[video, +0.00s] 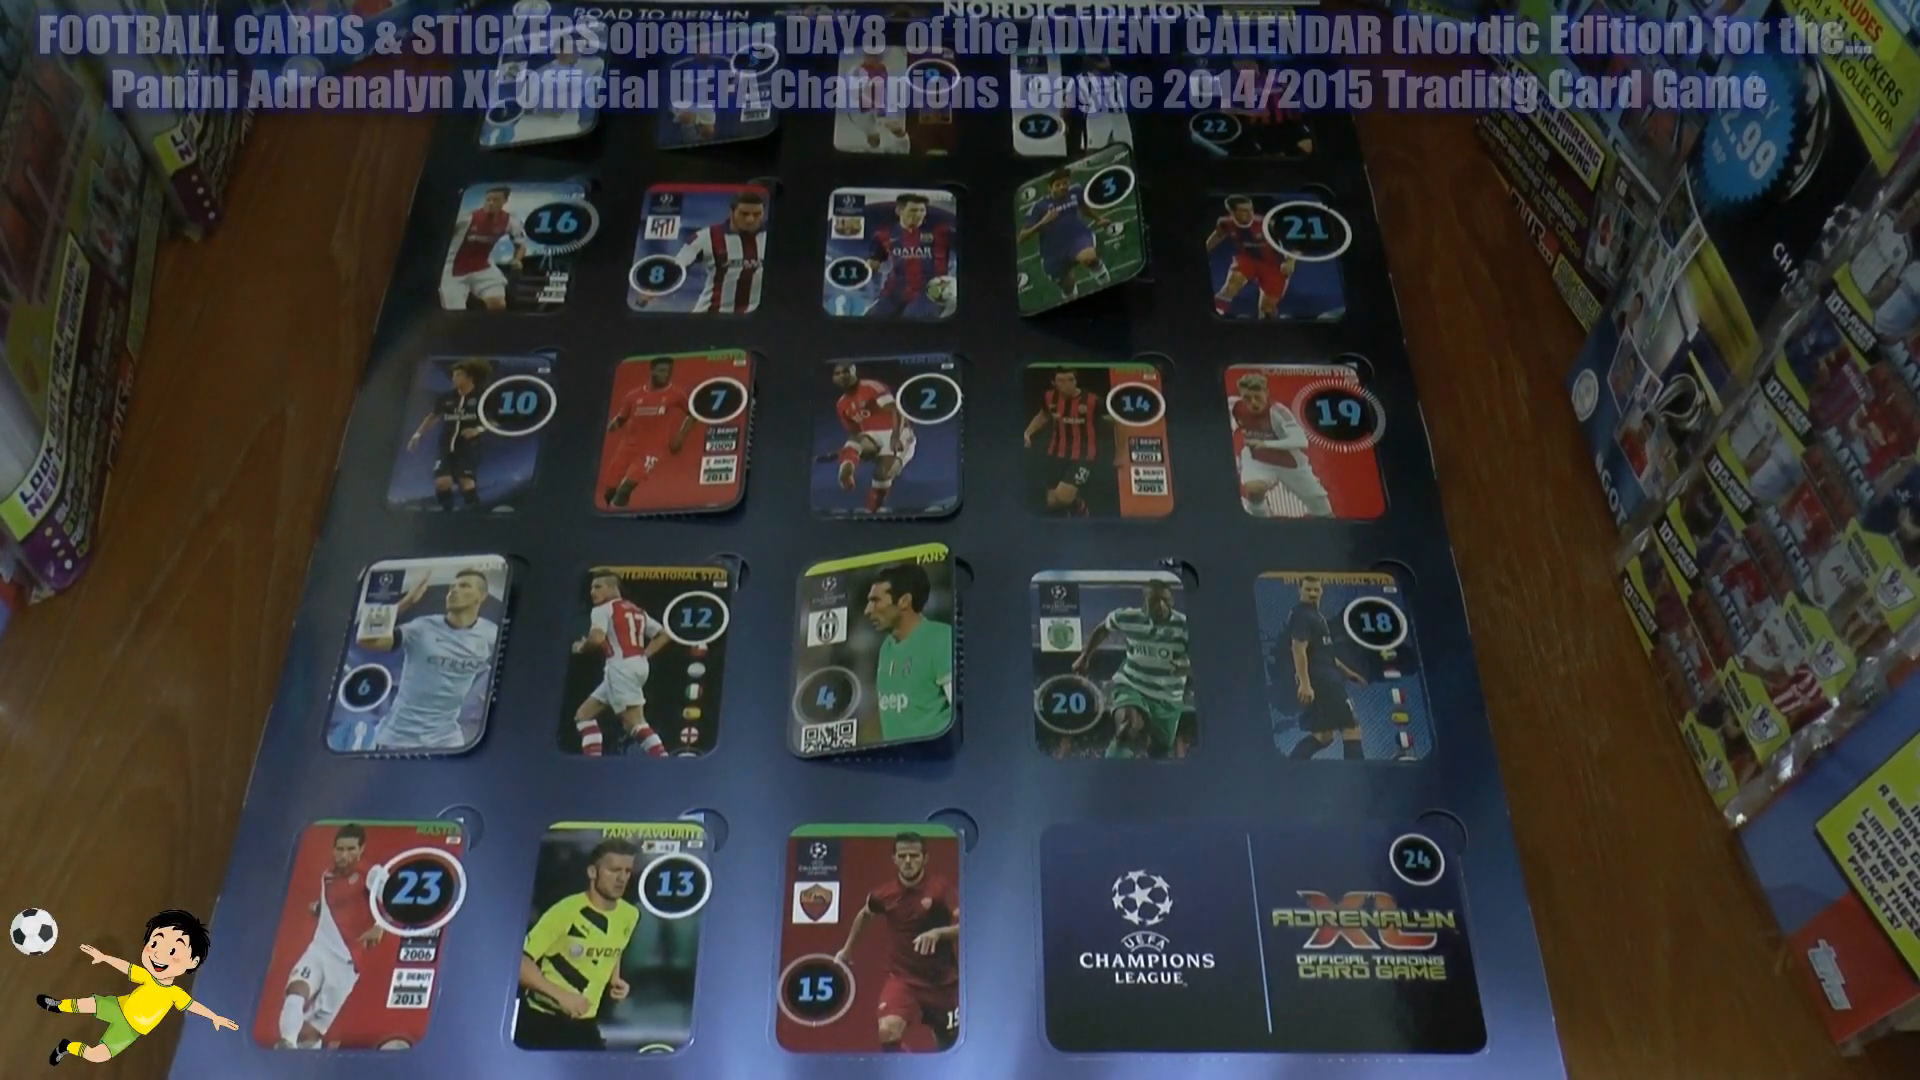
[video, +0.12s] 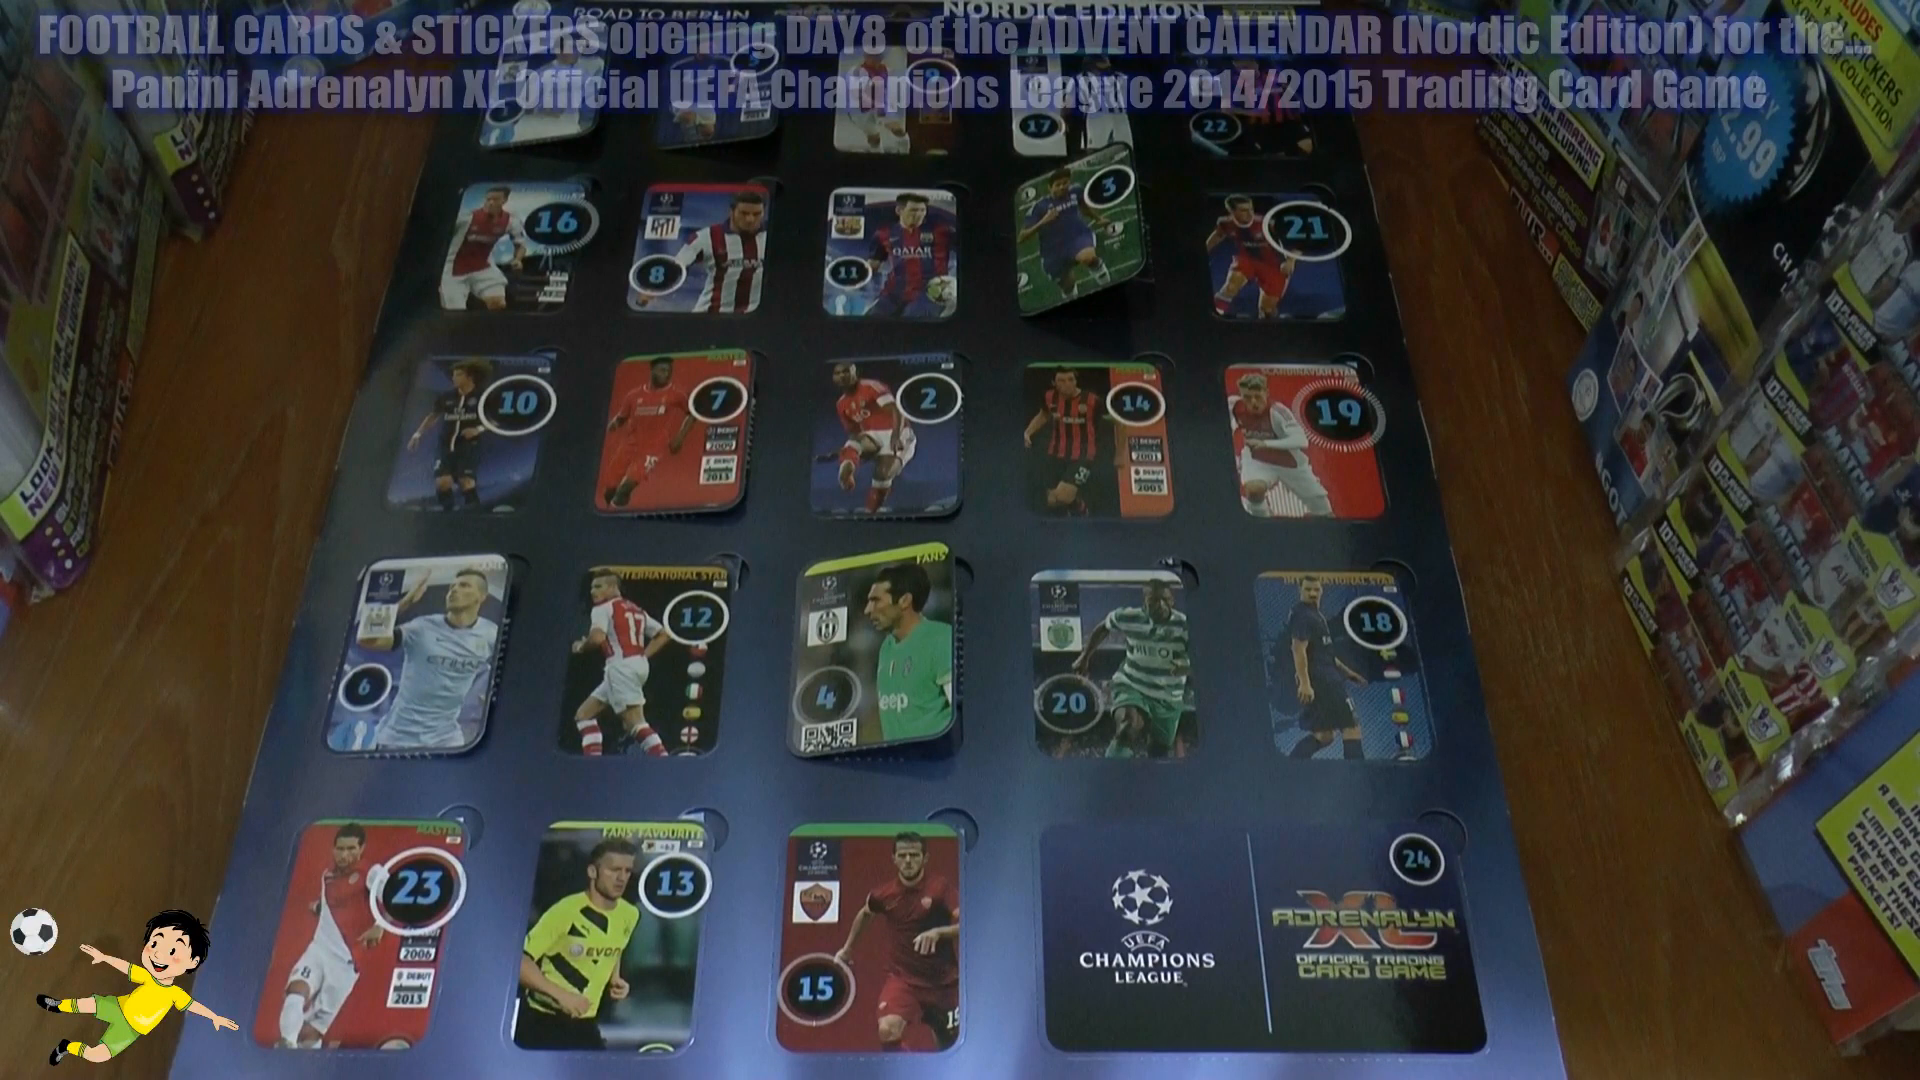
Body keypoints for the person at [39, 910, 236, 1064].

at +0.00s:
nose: (159, 954)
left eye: (172, 952)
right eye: (155, 943)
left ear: (187, 966)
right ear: (145, 945)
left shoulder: (176, 995)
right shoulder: (143, 976)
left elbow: (195, 1007)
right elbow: (124, 966)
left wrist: (215, 1017)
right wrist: (103, 958)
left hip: (131, 1030)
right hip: (119, 1008)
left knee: (99, 1055)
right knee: (88, 1003)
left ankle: (66, 1047)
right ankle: (57, 1006)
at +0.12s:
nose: (159, 955)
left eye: (172, 952)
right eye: (155, 944)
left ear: (189, 965)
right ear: (145, 945)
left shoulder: (176, 995)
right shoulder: (143, 976)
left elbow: (195, 1007)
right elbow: (124, 966)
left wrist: (215, 1017)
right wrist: (103, 958)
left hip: (131, 1030)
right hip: (119, 1008)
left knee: (99, 1055)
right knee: (88, 1003)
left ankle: (66, 1047)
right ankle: (58, 1006)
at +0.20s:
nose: (159, 955)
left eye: (172, 952)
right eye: (155, 944)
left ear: (189, 965)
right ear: (145, 946)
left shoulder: (176, 995)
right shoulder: (143, 976)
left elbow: (195, 1007)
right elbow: (124, 966)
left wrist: (215, 1017)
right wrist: (103, 958)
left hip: (131, 1030)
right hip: (118, 1008)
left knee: (99, 1055)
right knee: (88, 1003)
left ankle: (66, 1047)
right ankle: (58, 1006)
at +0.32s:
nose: (159, 955)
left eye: (172, 952)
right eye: (155, 944)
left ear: (189, 965)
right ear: (145, 946)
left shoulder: (176, 995)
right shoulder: (144, 976)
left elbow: (195, 1007)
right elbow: (124, 966)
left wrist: (215, 1017)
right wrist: (103, 958)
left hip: (131, 1030)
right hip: (118, 1008)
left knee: (99, 1055)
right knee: (88, 1003)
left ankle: (66, 1047)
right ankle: (58, 1006)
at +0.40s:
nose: (159, 955)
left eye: (172, 952)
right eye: (155, 944)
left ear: (189, 965)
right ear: (145, 946)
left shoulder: (176, 995)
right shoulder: (143, 976)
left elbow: (195, 1007)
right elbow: (124, 966)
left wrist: (215, 1017)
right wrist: (103, 958)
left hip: (131, 1030)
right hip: (118, 1008)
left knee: (99, 1055)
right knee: (88, 1003)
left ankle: (66, 1047)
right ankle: (58, 1006)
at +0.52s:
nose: (159, 955)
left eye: (172, 952)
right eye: (155, 944)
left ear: (189, 965)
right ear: (145, 946)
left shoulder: (176, 995)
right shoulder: (143, 976)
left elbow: (195, 1007)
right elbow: (124, 966)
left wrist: (215, 1017)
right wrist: (103, 958)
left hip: (131, 1030)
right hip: (118, 1008)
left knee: (99, 1055)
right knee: (88, 1003)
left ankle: (66, 1047)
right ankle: (58, 1006)